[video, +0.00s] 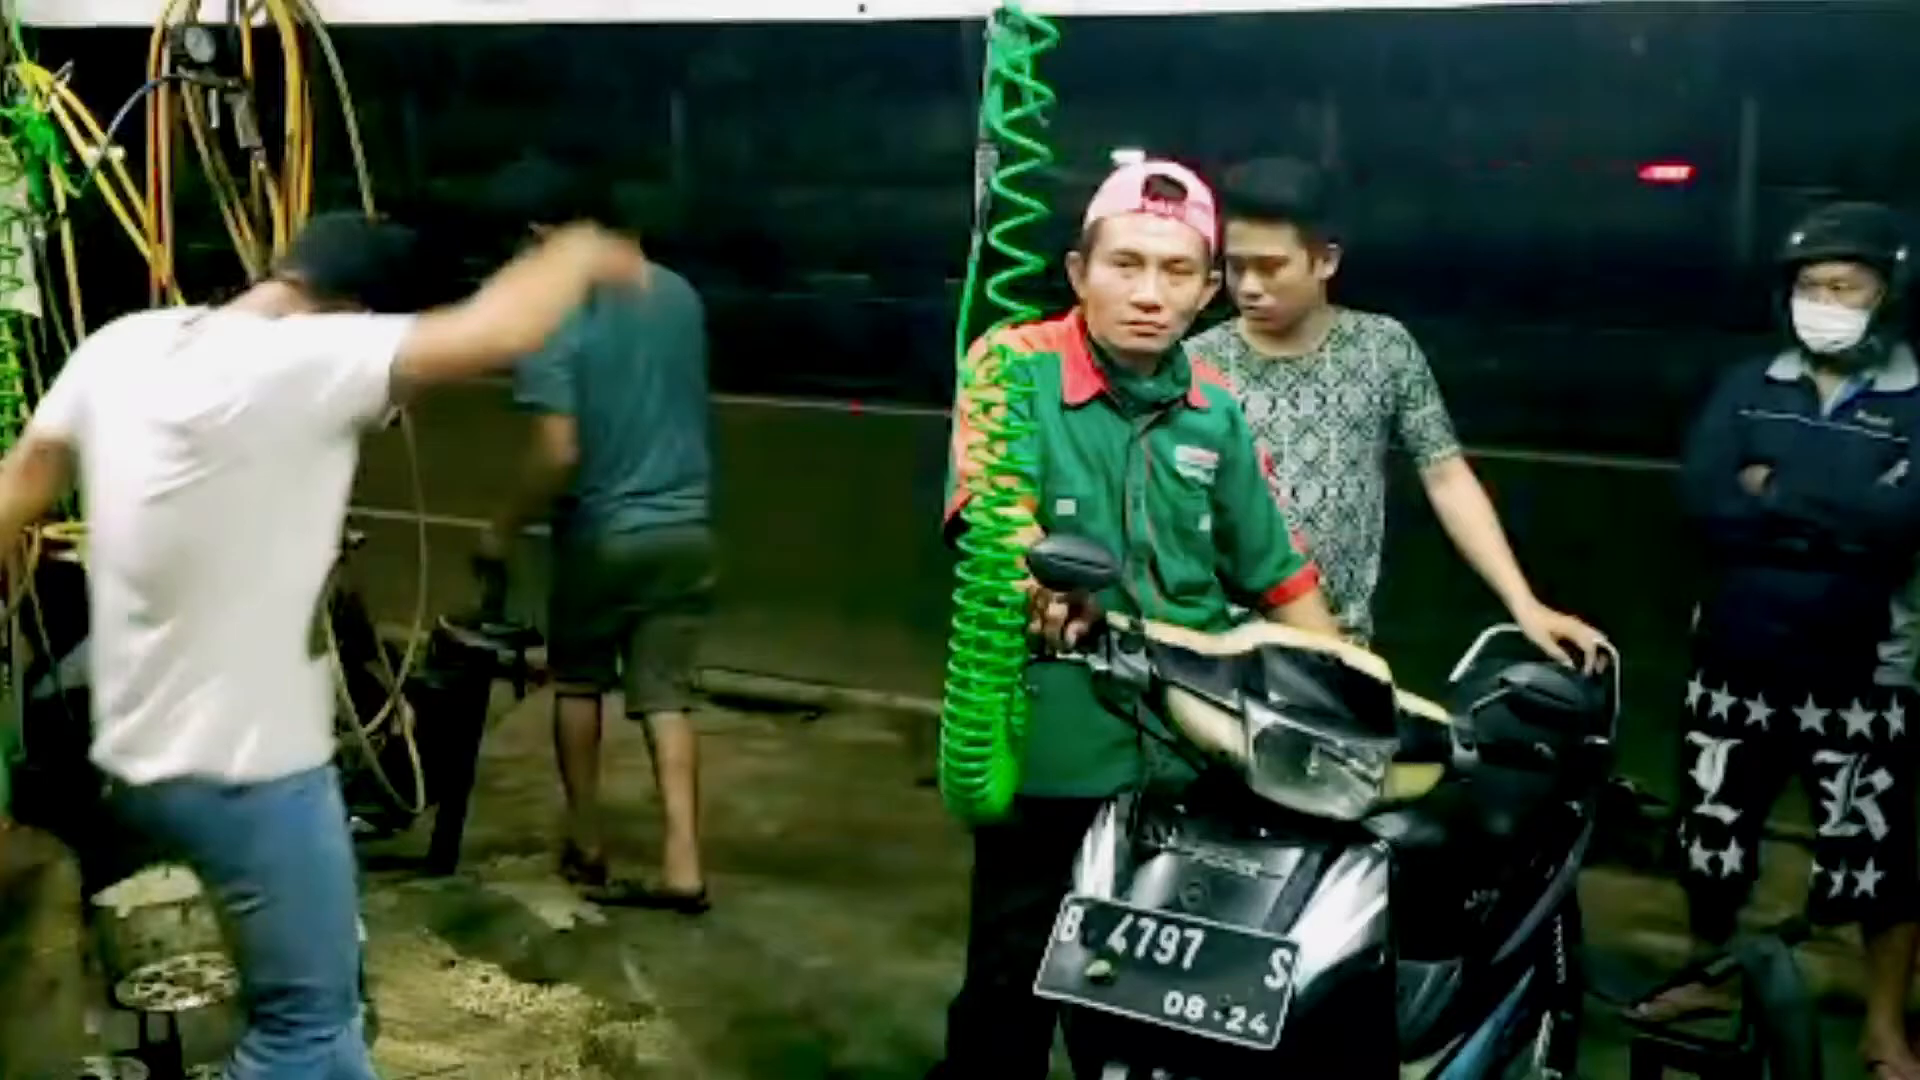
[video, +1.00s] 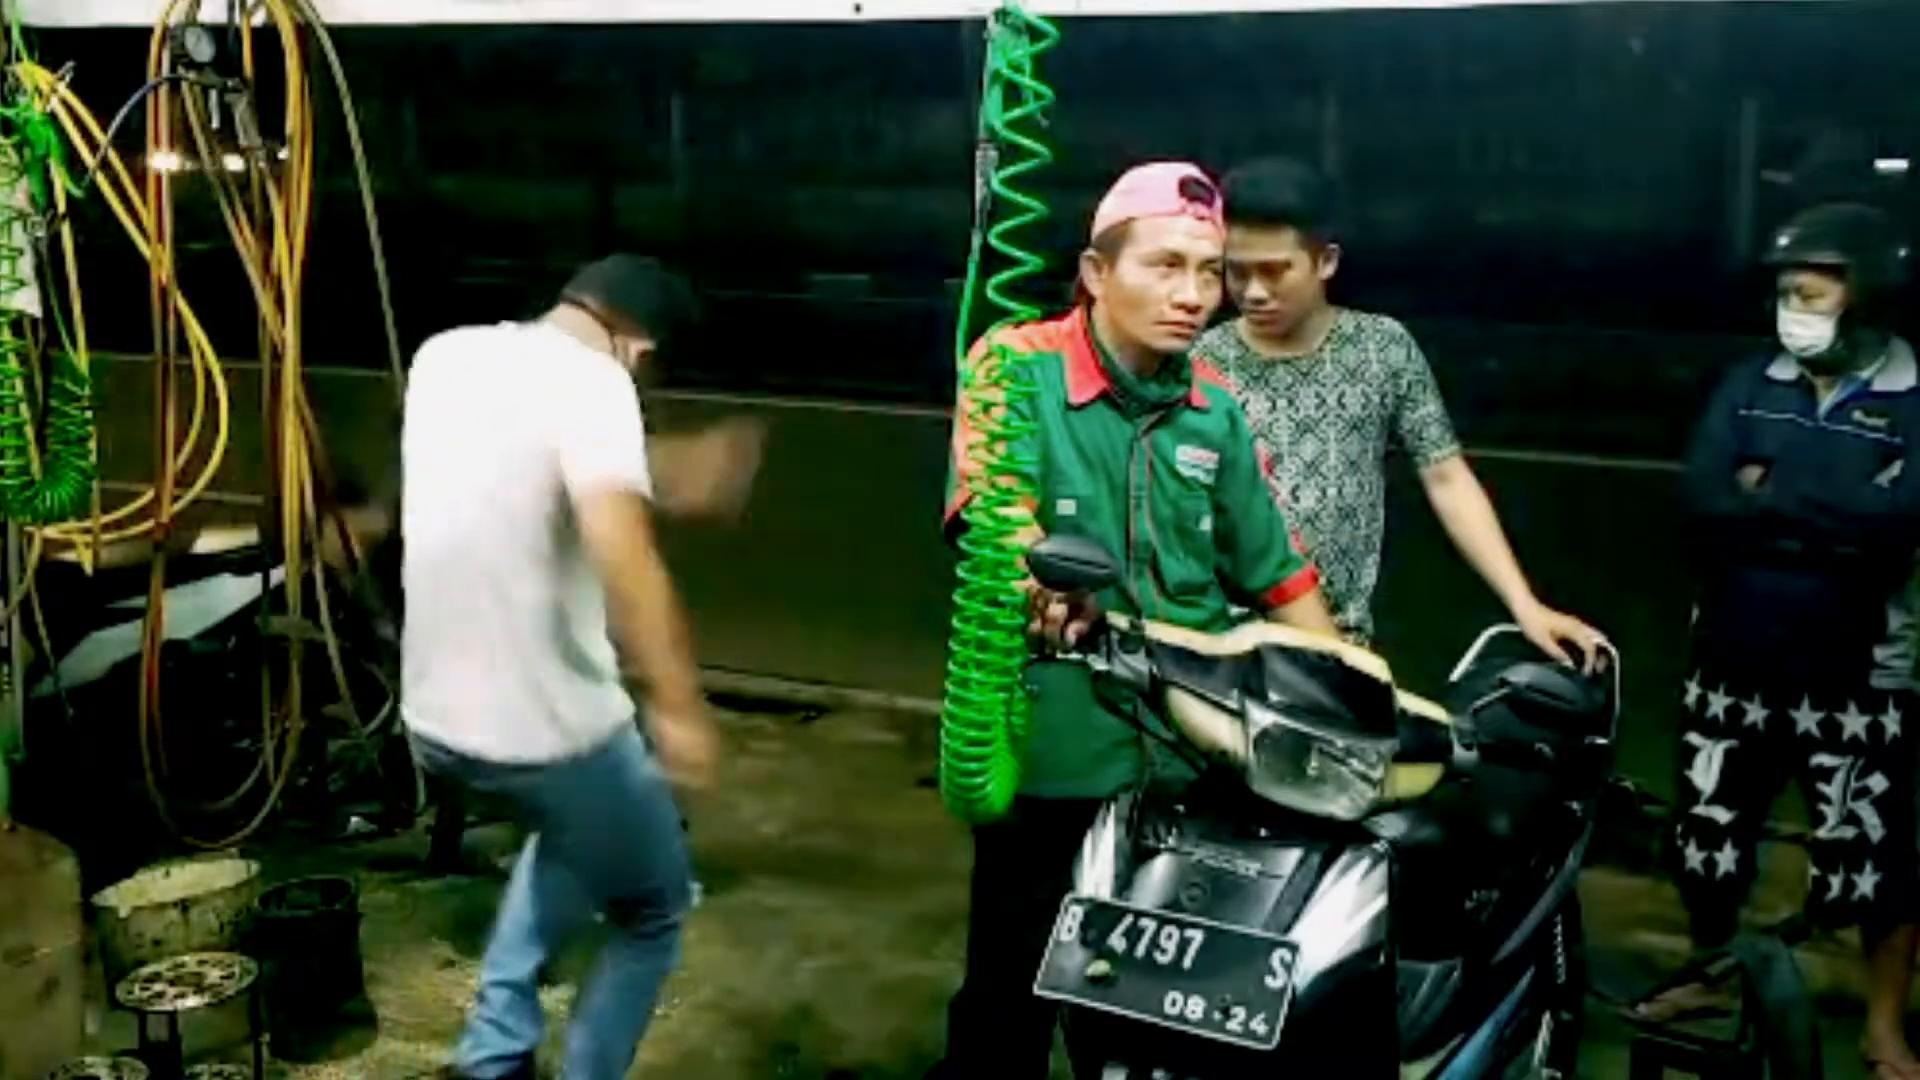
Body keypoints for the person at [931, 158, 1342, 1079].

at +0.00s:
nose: (1150, 294)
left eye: (1178, 272)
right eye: (1125, 265)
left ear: (1207, 287)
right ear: (1079, 272)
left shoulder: (1211, 411)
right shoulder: (1015, 368)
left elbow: (1284, 581)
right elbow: (988, 509)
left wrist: (1358, 692)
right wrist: (1042, 594)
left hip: (1187, 750)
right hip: (1049, 748)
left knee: (1156, 1002)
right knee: (1008, 1004)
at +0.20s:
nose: (1157, 295)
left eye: (1183, 272)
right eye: (1133, 265)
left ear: (1208, 289)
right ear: (1081, 273)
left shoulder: (1212, 410)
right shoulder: (1014, 367)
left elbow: (1284, 581)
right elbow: (988, 510)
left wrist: (1351, 695)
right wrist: (1041, 597)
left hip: (1187, 753)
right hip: (1048, 751)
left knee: (1158, 1005)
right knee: (1007, 1008)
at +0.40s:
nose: (1175, 295)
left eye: (1196, 273)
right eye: (1150, 266)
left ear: (1214, 288)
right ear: (1088, 274)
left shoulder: (1212, 410)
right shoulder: (1014, 367)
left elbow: (1284, 579)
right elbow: (987, 508)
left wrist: (1350, 696)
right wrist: (1042, 594)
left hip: (1187, 755)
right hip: (1049, 754)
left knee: (1157, 1011)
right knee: (1006, 1013)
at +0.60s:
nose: (1183, 295)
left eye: (1203, 274)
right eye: (1158, 267)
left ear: (1218, 288)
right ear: (1092, 273)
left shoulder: (1213, 411)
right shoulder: (1015, 366)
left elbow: (1285, 584)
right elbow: (988, 511)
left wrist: (1354, 700)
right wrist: (1041, 597)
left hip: (1188, 757)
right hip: (1050, 756)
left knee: (1156, 1012)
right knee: (1006, 1013)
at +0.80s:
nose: (1188, 294)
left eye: (1206, 273)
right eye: (1162, 266)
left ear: (1221, 288)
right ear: (1094, 273)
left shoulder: (1213, 411)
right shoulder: (1015, 366)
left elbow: (1286, 584)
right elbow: (989, 509)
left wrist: (1354, 700)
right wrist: (1041, 595)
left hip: (1187, 756)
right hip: (1050, 754)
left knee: (1157, 1009)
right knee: (1007, 1011)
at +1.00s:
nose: (1193, 294)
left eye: (1210, 272)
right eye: (1167, 266)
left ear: (1222, 287)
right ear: (1096, 273)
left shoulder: (1212, 410)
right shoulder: (1016, 367)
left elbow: (1286, 584)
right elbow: (990, 511)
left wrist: (1351, 700)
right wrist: (1043, 595)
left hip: (1185, 758)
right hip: (1049, 756)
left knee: (1155, 1010)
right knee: (1007, 1011)